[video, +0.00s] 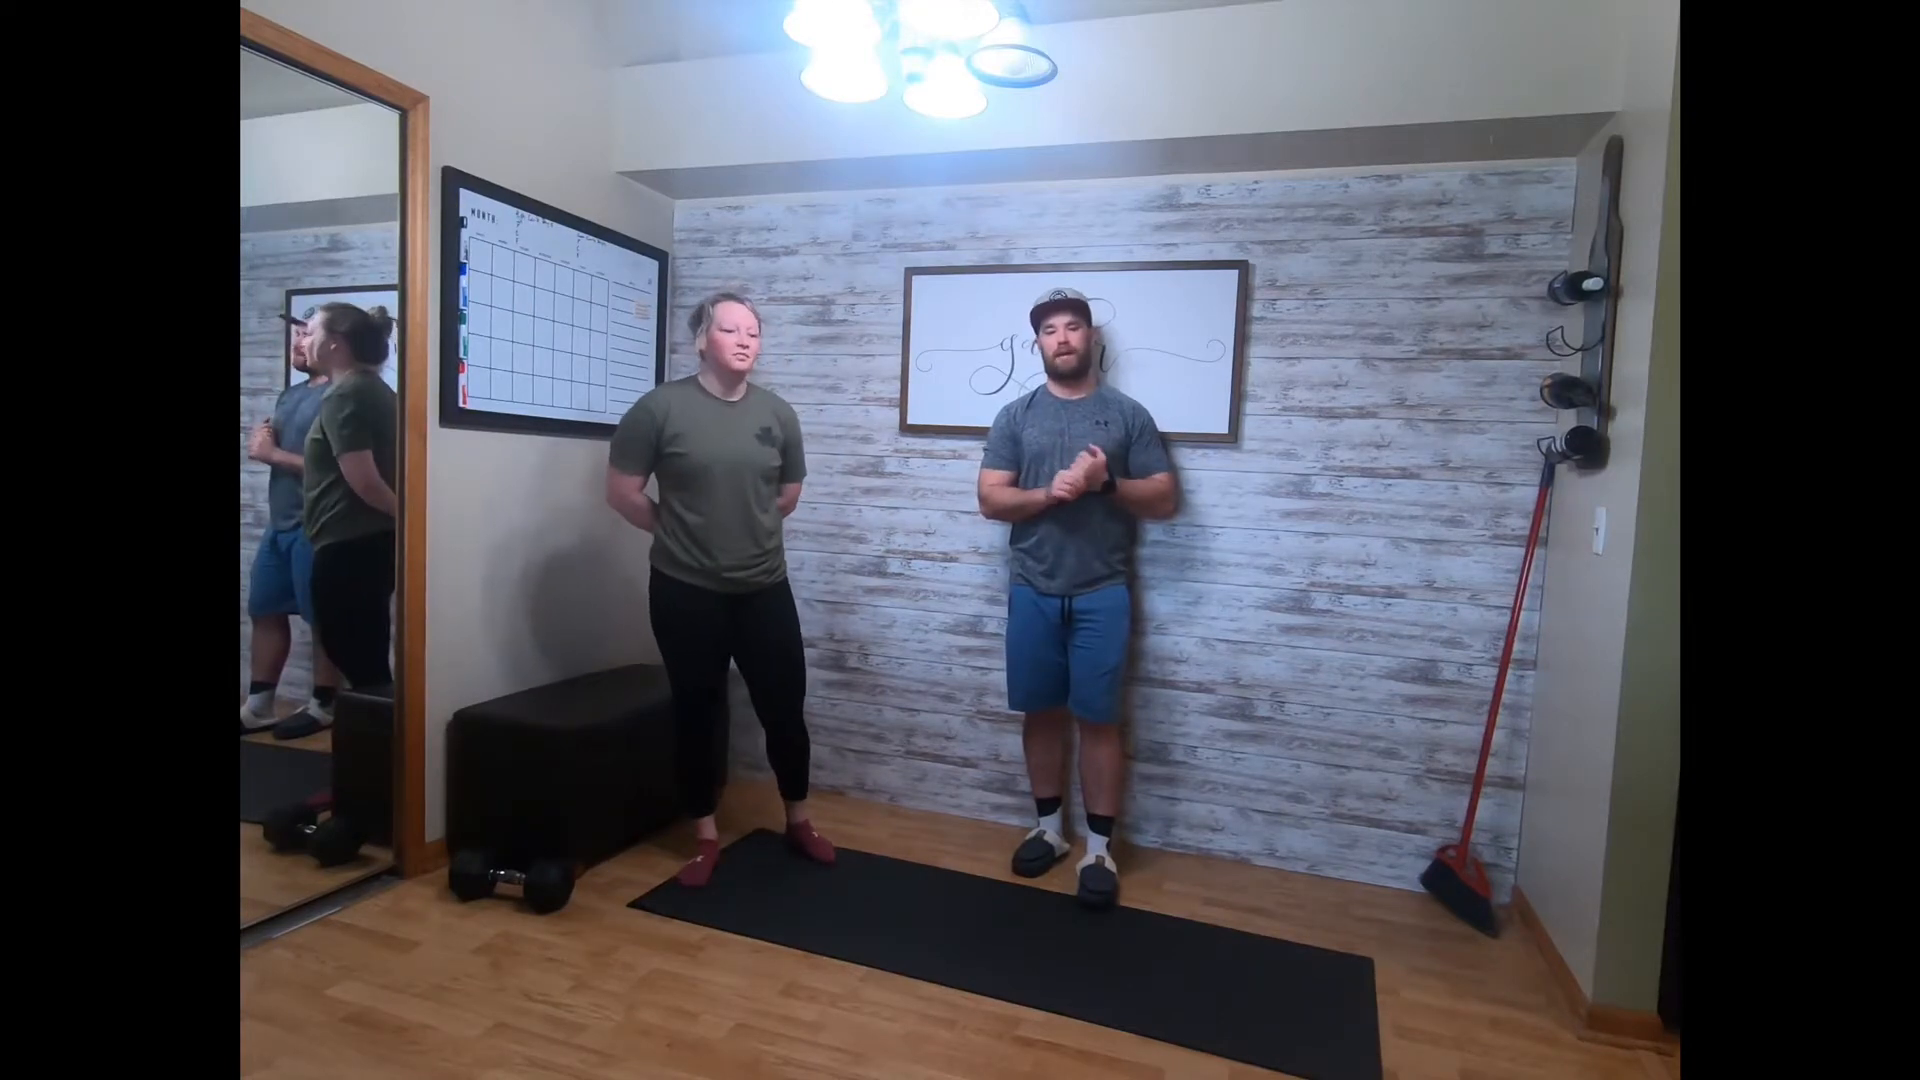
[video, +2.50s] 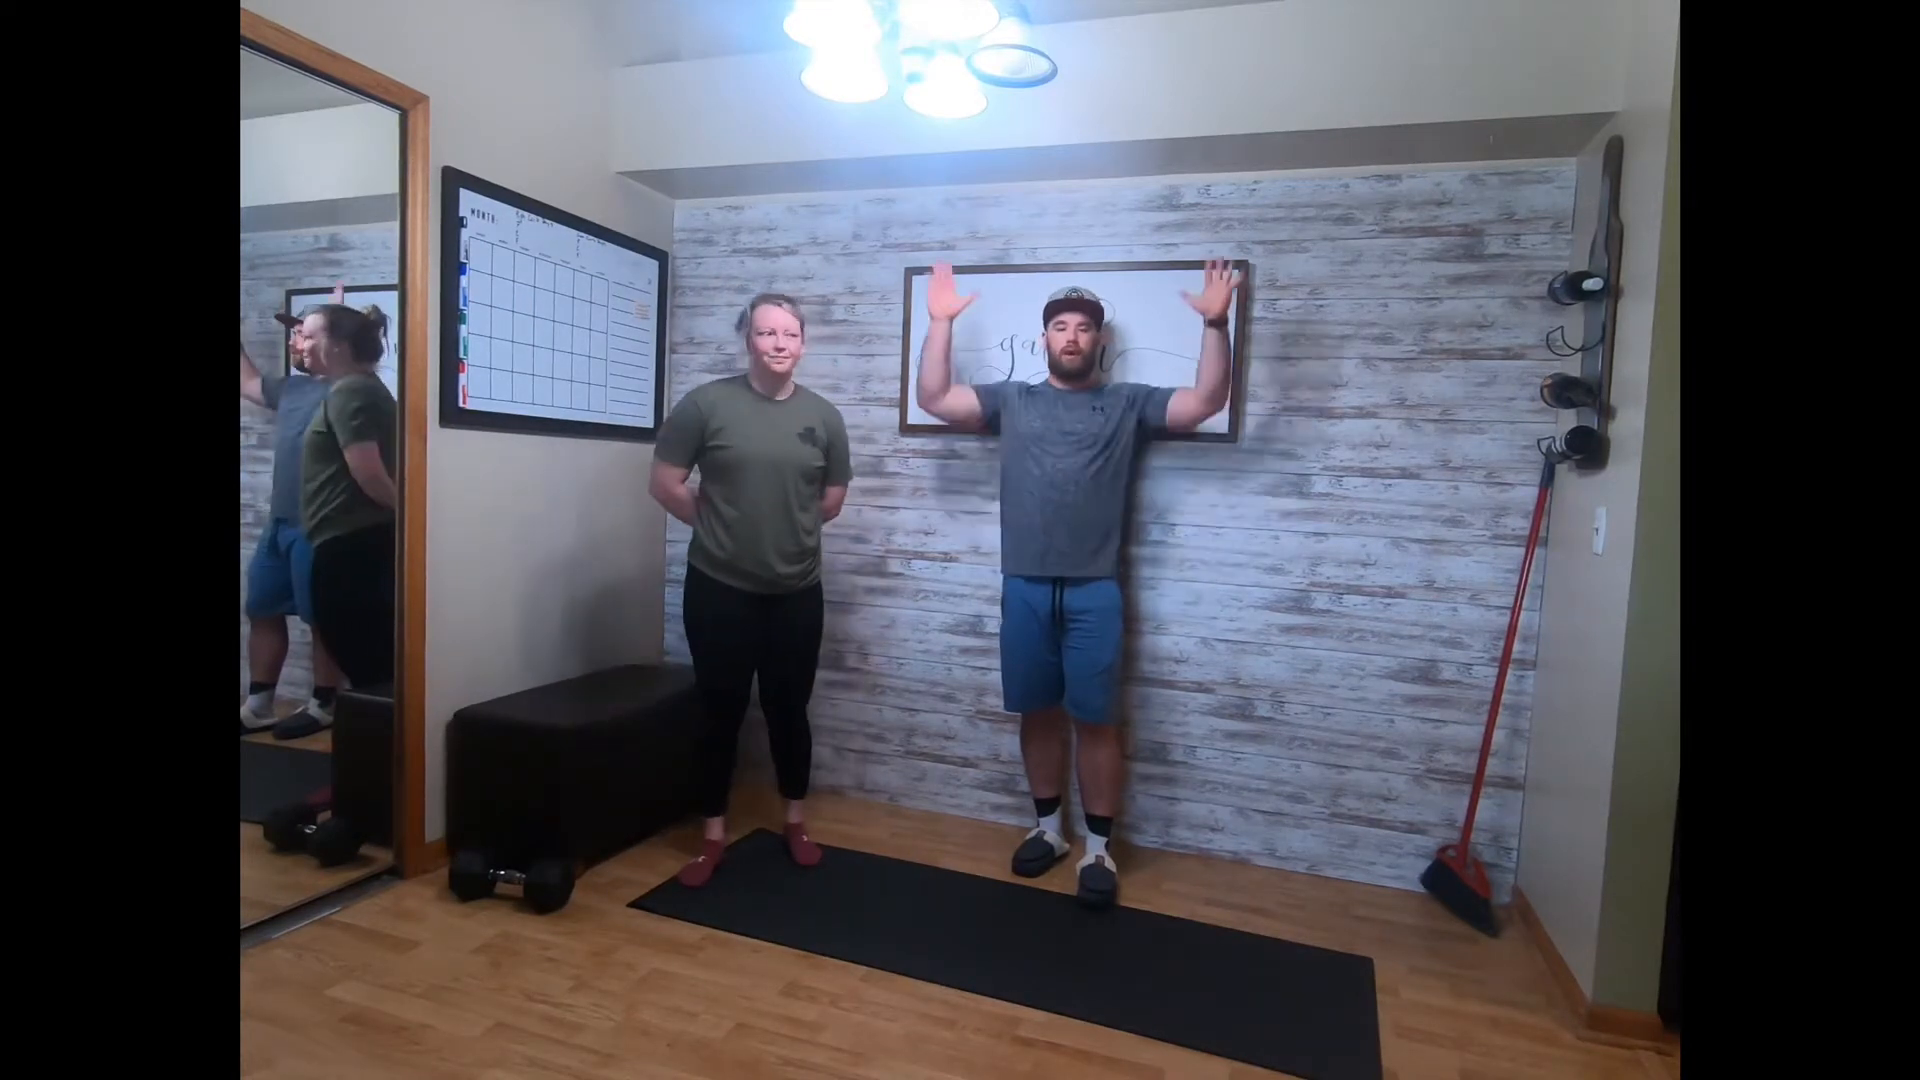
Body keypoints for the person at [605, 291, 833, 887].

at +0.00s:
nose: (744, 340)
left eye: (752, 333)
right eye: (731, 330)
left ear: (760, 346)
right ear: (702, 340)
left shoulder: (777, 414)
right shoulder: (661, 408)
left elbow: (787, 496)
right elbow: (622, 494)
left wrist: (738, 526)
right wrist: (679, 529)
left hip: (763, 588)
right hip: (685, 588)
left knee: (786, 709)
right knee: (698, 713)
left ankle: (800, 823)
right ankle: (707, 839)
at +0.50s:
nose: (768, 347)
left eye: (776, 337)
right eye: (755, 337)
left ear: (788, 346)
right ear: (731, 345)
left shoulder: (811, 416)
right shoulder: (693, 409)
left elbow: (823, 496)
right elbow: (658, 492)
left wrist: (775, 528)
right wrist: (713, 528)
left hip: (789, 590)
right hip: (713, 587)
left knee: (791, 714)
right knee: (711, 712)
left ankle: (795, 824)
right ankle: (707, 838)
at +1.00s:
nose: (798, 357)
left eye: (809, 347)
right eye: (787, 347)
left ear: (823, 352)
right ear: (769, 353)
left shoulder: (851, 420)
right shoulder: (736, 412)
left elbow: (867, 498)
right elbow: (703, 489)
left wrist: (815, 526)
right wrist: (756, 525)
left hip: (825, 591)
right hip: (752, 587)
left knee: (808, 710)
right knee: (734, 709)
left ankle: (798, 824)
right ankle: (711, 835)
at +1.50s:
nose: (800, 365)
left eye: (810, 353)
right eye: (790, 354)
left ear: (832, 356)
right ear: (777, 358)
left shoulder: (863, 422)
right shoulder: (748, 413)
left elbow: (884, 501)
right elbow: (724, 486)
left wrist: (830, 527)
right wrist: (771, 520)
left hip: (832, 592)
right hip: (759, 586)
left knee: (811, 709)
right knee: (739, 707)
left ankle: (798, 823)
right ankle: (714, 833)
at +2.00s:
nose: (780, 358)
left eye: (792, 348)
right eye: (771, 348)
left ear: (816, 352)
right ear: (761, 352)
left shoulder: (848, 417)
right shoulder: (733, 408)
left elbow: (869, 500)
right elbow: (704, 482)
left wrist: (817, 531)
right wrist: (752, 521)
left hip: (816, 588)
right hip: (742, 584)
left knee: (802, 707)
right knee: (730, 707)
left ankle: (797, 822)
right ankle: (714, 833)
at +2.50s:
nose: (779, 343)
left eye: (789, 334)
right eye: (768, 334)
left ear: (803, 342)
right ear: (747, 341)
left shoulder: (824, 417)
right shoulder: (706, 404)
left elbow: (831, 501)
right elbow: (665, 483)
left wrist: (780, 524)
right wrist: (719, 523)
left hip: (794, 591)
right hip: (718, 586)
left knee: (789, 711)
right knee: (718, 714)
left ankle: (795, 822)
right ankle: (714, 835)